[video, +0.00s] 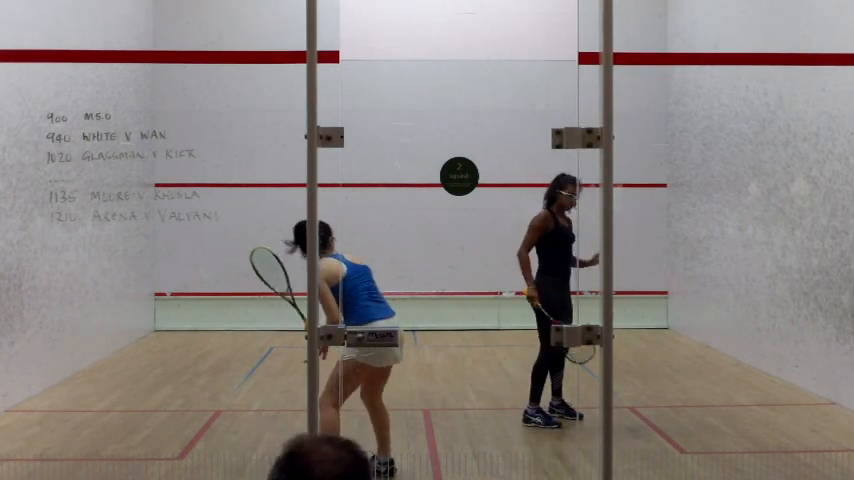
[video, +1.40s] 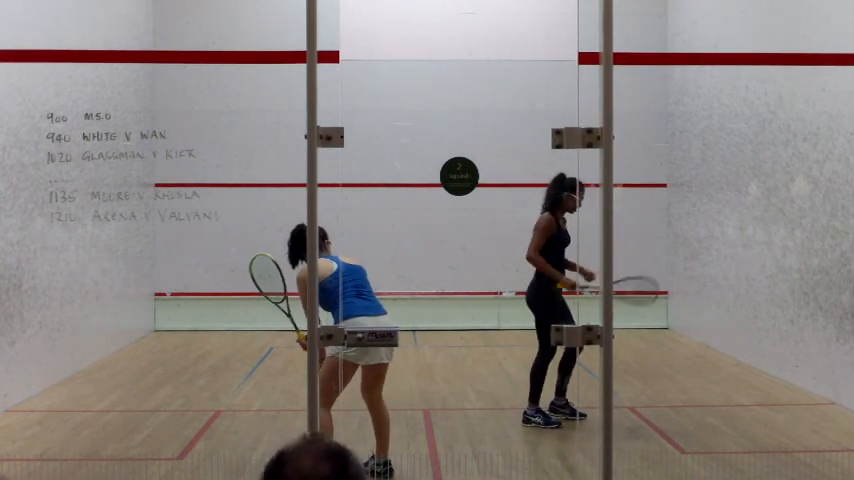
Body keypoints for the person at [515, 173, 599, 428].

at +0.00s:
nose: (573, 200)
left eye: (575, 196)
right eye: (570, 195)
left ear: (572, 197)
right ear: (557, 194)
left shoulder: (566, 221)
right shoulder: (543, 219)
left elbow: (563, 258)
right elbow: (522, 252)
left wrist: (587, 262)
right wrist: (530, 284)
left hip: (562, 291)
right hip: (546, 291)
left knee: (560, 347)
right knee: (548, 349)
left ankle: (557, 402)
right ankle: (532, 409)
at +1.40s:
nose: (578, 203)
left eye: (579, 199)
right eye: (576, 198)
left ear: (568, 198)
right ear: (564, 197)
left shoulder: (560, 221)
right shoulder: (546, 221)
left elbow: (555, 258)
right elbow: (531, 255)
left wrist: (579, 269)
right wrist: (560, 278)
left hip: (552, 292)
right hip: (540, 293)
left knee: (574, 343)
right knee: (548, 349)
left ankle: (559, 401)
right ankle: (532, 410)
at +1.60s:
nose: (582, 203)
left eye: (582, 198)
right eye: (579, 198)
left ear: (567, 198)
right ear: (567, 198)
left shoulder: (563, 224)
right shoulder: (558, 225)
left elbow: (560, 260)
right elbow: (555, 262)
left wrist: (586, 267)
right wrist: (585, 268)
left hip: (560, 295)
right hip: (554, 296)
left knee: (578, 347)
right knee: (558, 350)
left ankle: (556, 402)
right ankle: (533, 409)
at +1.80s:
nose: (592, 208)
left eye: (592, 203)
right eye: (589, 203)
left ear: (572, 205)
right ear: (577, 204)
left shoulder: (565, 231)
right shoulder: (571, 231)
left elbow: (578, 271)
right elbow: (584, 265)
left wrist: (604, 285)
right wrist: (615, 252)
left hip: (565, 300)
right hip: (571, 301)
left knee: (586, 354)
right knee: (593, 359)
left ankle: (561, 402)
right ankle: (560, 394)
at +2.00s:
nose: (599, 213)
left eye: (599, 208)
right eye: (595, 208)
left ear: (589, 210)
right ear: (586, 209)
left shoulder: (589, 232)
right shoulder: (583, 232)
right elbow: (607, 259)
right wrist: (635, 240)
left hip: (583, 302)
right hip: (590, 302)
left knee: (591, 358)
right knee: (632, 341)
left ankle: (557, 403)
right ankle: (644, 400)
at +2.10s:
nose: (618, 206)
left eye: (617, 202)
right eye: (614, 202)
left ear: (599, 209)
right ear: (600, 207)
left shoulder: (609, 229)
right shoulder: (594, 236)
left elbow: (632, 247)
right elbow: (615, 259)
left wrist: (661, 239)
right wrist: (647, 242)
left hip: (596, 302)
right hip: (602, 303)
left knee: (596, 361)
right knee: (640, 345)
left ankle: (560, 400)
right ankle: (661, 400)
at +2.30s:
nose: (643, 215)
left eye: (643, 211)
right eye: (639, 211)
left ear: (626, 216)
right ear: (629, 216)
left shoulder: (627, 239)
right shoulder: (623, 245)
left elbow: (642, 268)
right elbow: (650, 273)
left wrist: (654, 250)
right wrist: (658, 248)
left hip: (622, 308)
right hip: (634, 308)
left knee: (616, 363)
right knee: (670, 343)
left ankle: (572, 392)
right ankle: (666, 402)